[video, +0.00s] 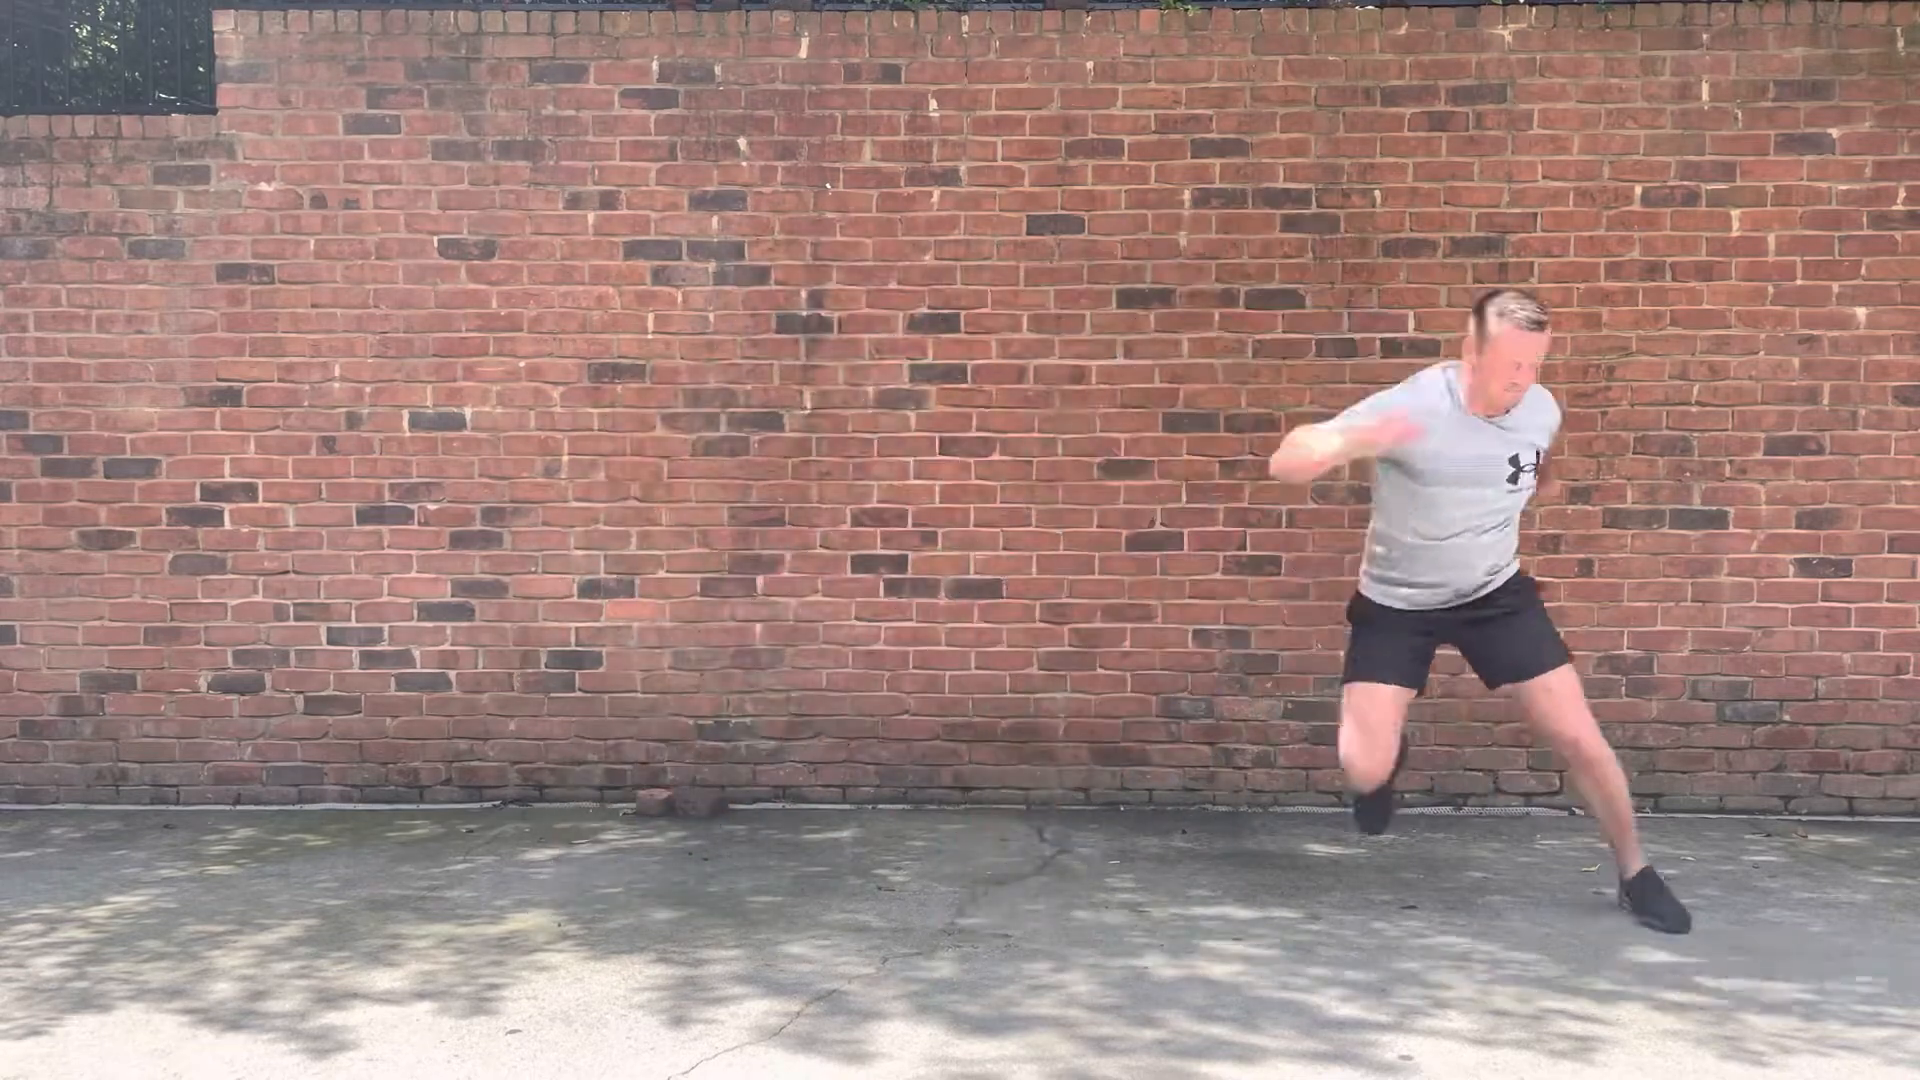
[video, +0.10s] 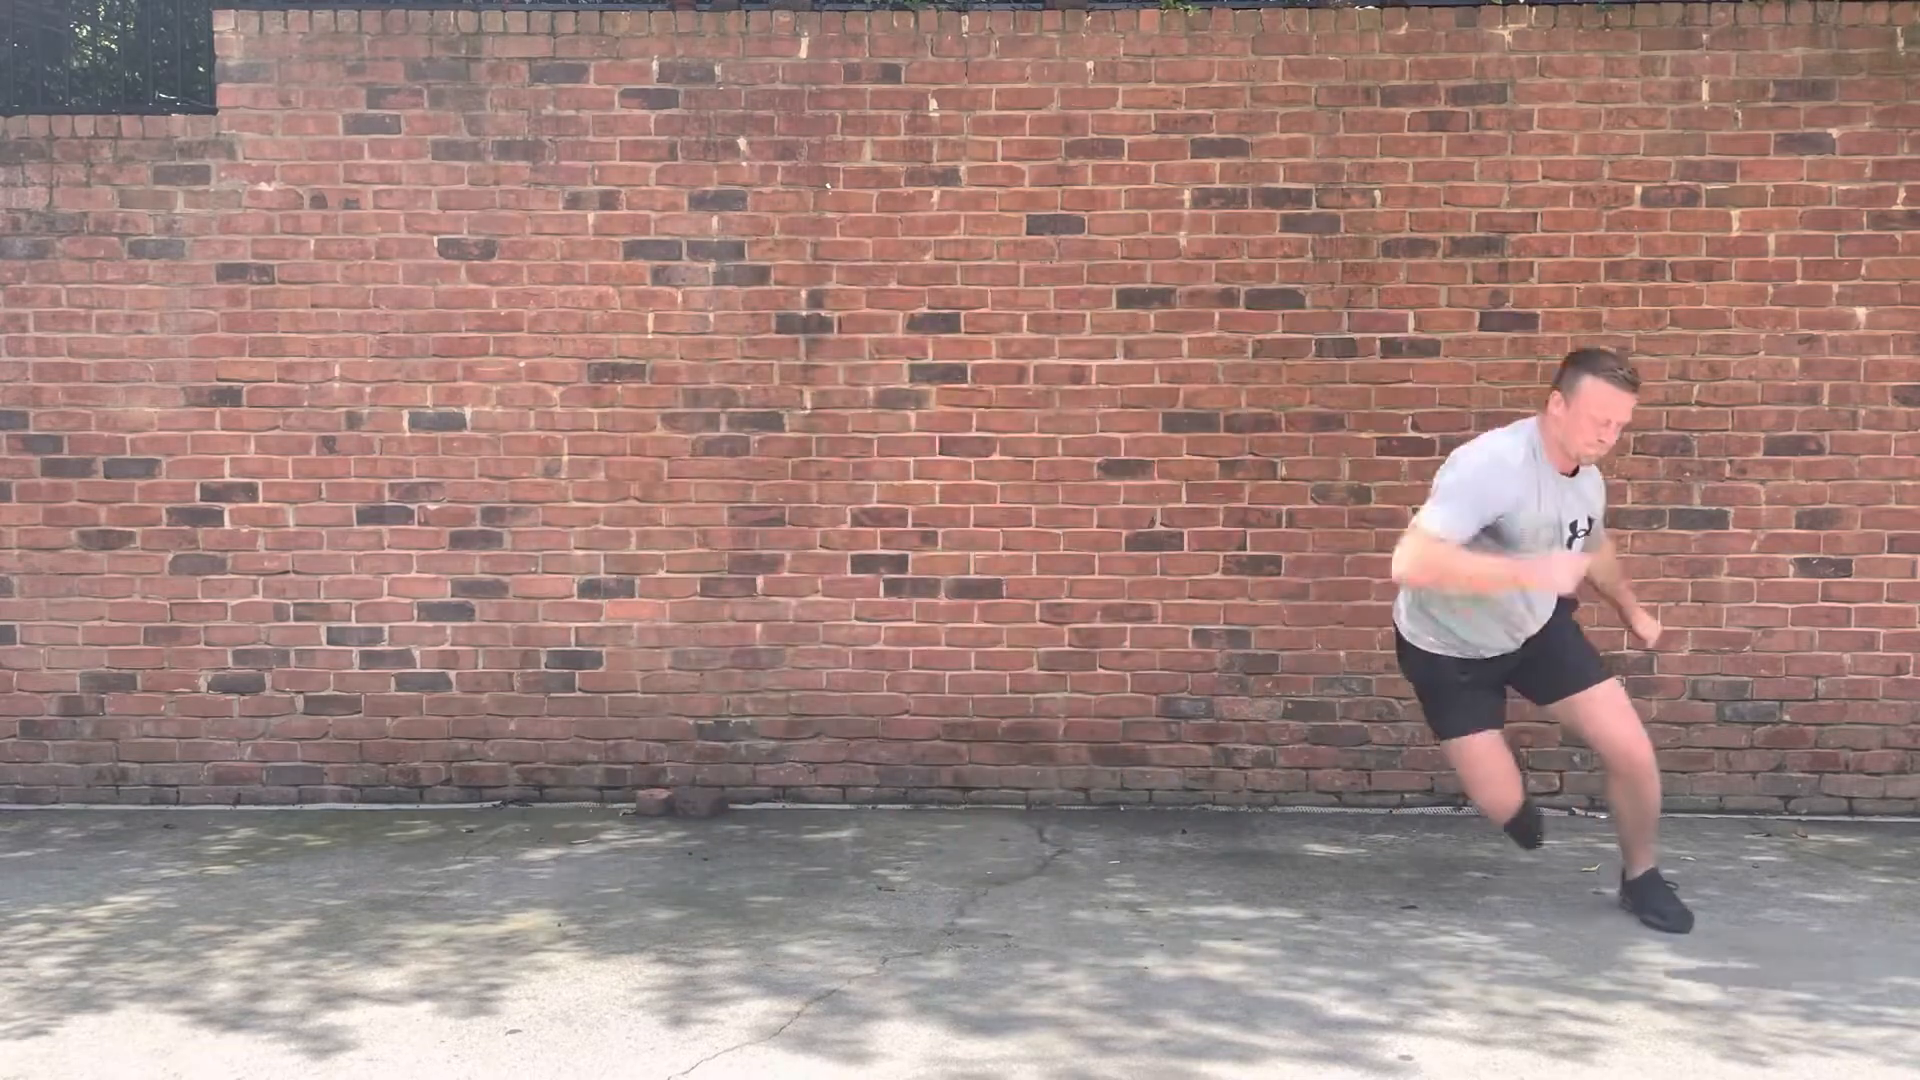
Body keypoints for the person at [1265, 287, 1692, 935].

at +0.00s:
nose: (1525, 379)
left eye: (1535, 365)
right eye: (1514, 363)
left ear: (1542, 360)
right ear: (1472, 347)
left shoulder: (1540, 413)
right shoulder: (1415, 402)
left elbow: (1520, 476)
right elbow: (1285, 461)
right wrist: (1354, 440)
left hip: (1496, 595)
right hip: (1395, 602)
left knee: (1580, 738)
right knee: (1363, 765)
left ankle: (1635, 871)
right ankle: (1374, 776)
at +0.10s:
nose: (1608, 439)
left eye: (1618, 428)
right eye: (1600, 422)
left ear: (1623, 427)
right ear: (1556, 405)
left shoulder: (1587, 482)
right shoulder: (1487, 464)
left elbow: (1595, 552)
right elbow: (1412, 562)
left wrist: (1632, 609)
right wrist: (1531, 571)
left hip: (1535, 625)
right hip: (1445, 643)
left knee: (1632, 750)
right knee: (1500, 804)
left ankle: (1641, 876)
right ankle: (1513, 808)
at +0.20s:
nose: (1632, 449)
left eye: (1642, 439)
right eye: (1624, 432)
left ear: (1644, 436)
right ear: (1581, 414)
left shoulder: (1602, 499)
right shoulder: (1517, 476)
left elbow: (1649, 590)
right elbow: (1480, 590)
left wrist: (1733, 648)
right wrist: (1587, 640)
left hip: (1544, 640)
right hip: (1456, 652)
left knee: (1642, 754)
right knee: (1538, 806)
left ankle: (1641, 879)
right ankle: (1555, 771)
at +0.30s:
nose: (1599, 424)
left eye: (1612, 413)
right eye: (1589, 407)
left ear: (1621, 414)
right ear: (1553, 393)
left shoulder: (1620, 477)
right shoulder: (1493, 447)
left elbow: (1713, 541)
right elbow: (1408, 522)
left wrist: (1754, 522)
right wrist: (1518, 523)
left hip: (1542, 622)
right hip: (1447, 629)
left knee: (1636, 750)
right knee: (1478, 800)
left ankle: (1641, 877)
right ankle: (1501, 788)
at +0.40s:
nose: (1510, 358)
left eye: (1526, 346)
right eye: (1501, 341)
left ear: (1550, 344)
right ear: (1479, 332)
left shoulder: (1583, 413)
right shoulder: (1426, 381)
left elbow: (1697, 452)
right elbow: (1306, 383)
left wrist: (1672, 417)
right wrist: (1405, 384)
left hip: (1506, 587)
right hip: (1403, 578)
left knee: (1594, 729)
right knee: (1351, 718)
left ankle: (1642, 869)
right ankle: (1399, 740)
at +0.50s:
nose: (1431, 293)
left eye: (1448, 281)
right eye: (1421, 276)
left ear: (1473, 277)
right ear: (1402, 263)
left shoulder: (1497, 343)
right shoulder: (1349, 315)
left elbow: (1598, 394)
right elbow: (1229, 301)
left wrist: (1591, 424)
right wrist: (1233, 341)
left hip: (1441, 538)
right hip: (1338, 520)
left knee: (1505, 691)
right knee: (1265, 646)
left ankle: (1569, 845)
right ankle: (1328, 694)